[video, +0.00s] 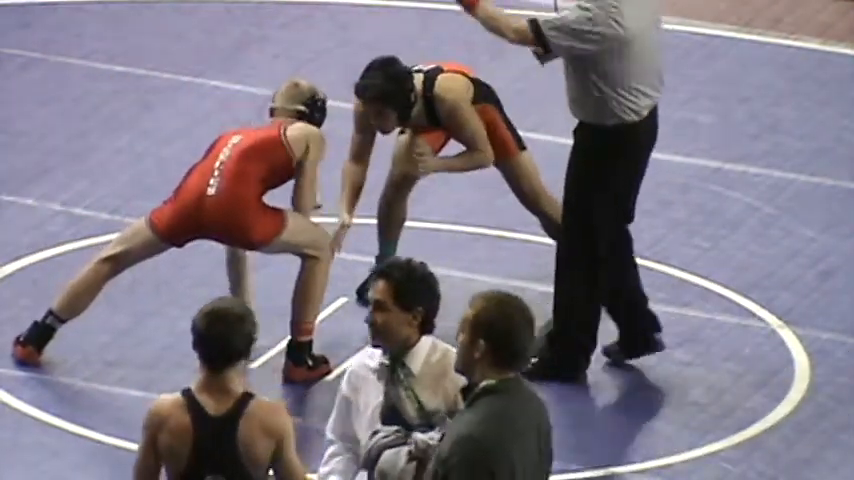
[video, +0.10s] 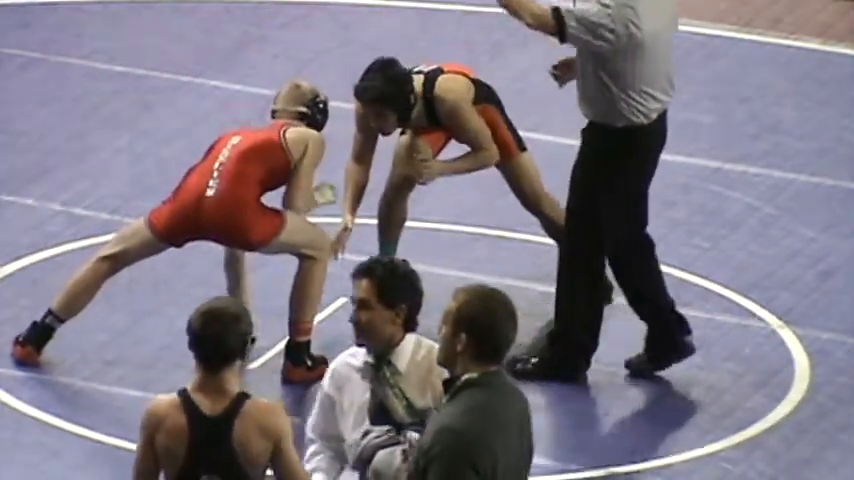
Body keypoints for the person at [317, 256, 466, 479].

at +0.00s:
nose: (368, 318)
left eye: (380, 308)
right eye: (370, 307)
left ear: (415, 317)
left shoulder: (454, 367)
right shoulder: (358, 370)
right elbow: (341, 445)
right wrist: (335, 475)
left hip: (438, 474)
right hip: (371, 472)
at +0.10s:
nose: (353, 318)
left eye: (364, 307)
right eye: (354, 306)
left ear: (399, 315)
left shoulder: (437, 363)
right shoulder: (342, 370)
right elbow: (323, 444)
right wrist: (320, 474)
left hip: (423, 472)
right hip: (358, 472)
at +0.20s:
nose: (339, 317)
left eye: (351, 306)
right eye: (338, 305)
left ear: (385, 312)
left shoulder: (423, 359)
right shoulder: (325, 369)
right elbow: (308, 441)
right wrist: (315, 474)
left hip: (411, 472)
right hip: (344, 473)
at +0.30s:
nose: (328, 315)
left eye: (339, 306)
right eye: (326, 304)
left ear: (374, 310)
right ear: (322, 301)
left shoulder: (413, 357)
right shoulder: (307, 372)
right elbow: (297, 459)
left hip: (404, 471)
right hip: (336, 473)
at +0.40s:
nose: (318, 316)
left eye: (329, 305)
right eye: (315, 304)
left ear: (364, 309)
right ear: (311, 301)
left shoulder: (401, 355)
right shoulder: (297, 371)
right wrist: (315, 475)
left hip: (391, 471)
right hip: (322, 473)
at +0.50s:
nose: (312, 318)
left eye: (323, 307)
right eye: (308, 306)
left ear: (357, 307)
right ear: (303, 305)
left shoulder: (388, 355)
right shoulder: (290, 368)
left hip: (378, 470)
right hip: (315, 473)